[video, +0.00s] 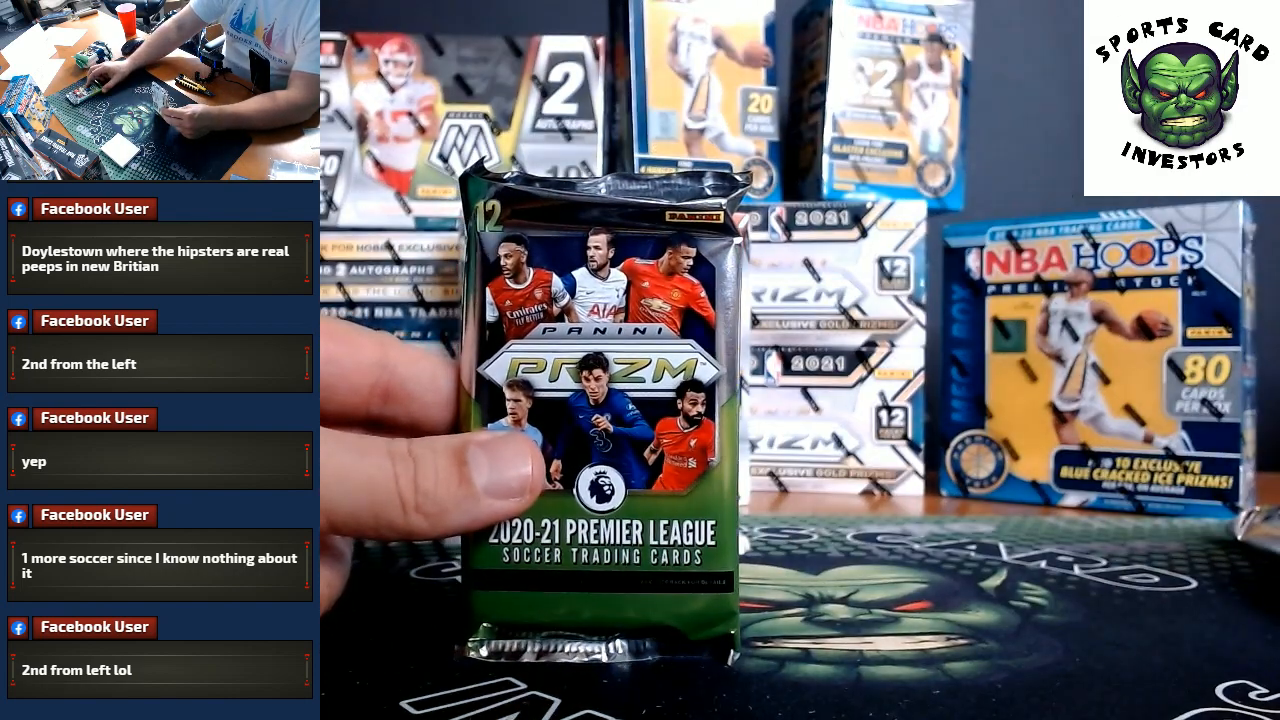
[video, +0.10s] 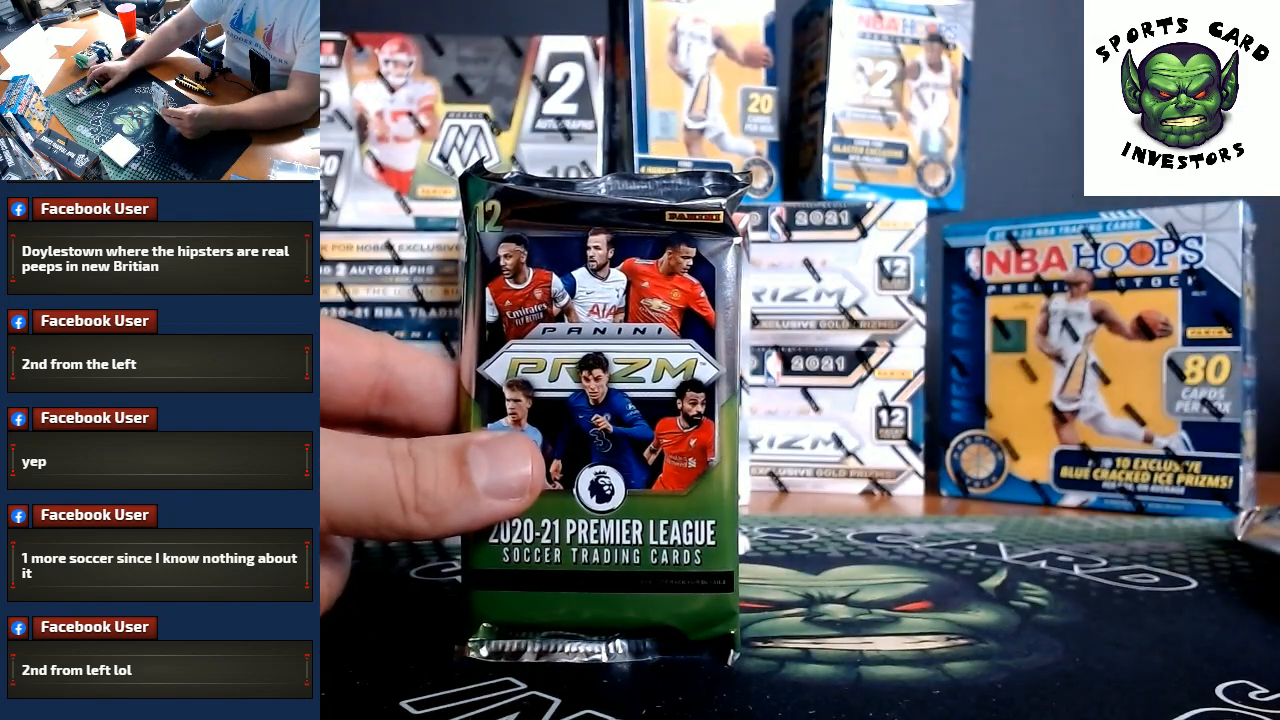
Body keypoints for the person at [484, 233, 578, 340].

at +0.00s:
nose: (502, 263)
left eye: (508, 257)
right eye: (500, 257)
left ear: (523, 257)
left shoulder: (549, 280)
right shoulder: (492, 291)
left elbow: (570, 311)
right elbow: (489, 332)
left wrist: (577, 341)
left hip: (549, 351)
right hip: (515, 353)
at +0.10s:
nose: (502, 263)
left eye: (507, 257)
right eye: (500, 258)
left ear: (523, 257)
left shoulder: (549, 280)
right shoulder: (492, 291)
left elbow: (570, 312)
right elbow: (488, 331)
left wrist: (578, 340)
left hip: (549, 351)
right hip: (515, 353)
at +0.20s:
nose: (501, 264)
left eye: (507, 257)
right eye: (499, 258)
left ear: (522, 257)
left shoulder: (548, 280)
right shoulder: (492, 292)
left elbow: (569, 311)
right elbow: (487, 331)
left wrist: (578, 339)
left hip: (549, 350)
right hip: (514, 353)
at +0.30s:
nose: (502, 264)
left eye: (507, 257)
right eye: (500, 258)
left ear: (523, 257)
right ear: (498, 258)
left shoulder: (548, 280)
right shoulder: (492, 291)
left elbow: (569, 311)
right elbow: (488, 331)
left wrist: (578, 339)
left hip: (549, 350)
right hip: (515, 353)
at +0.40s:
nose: (501, 264)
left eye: (507, 258)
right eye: (499, 258)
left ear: (523, 257)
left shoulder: (548, 280)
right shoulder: (492, 292)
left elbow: (569, 311)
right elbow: (487, 331)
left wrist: (578, 339)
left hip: (549, 350)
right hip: (515, 353)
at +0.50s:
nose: (501, 264)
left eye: (507, 258)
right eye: (499, 259)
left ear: (523, 258)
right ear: (498, 259)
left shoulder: (548, 280)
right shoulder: (492, 292)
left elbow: (568, 311)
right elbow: (485, 331)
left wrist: (578, 339)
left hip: (548, 350)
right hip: (514, 353)